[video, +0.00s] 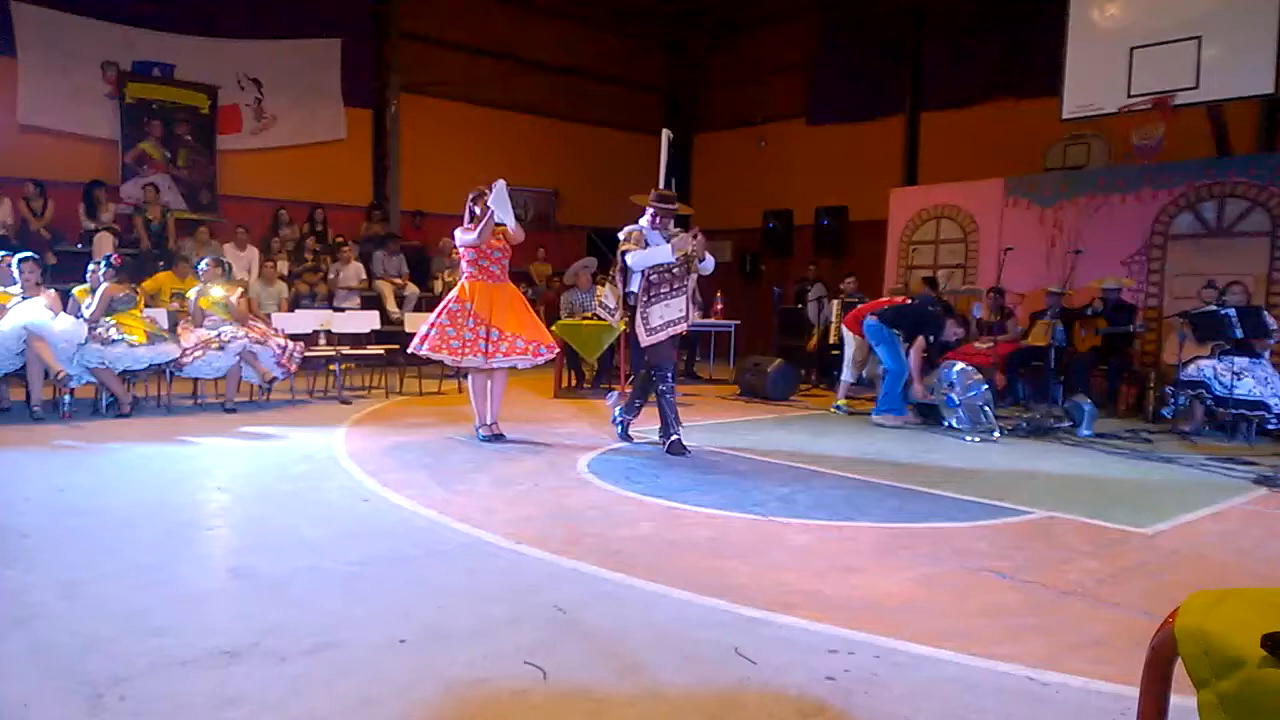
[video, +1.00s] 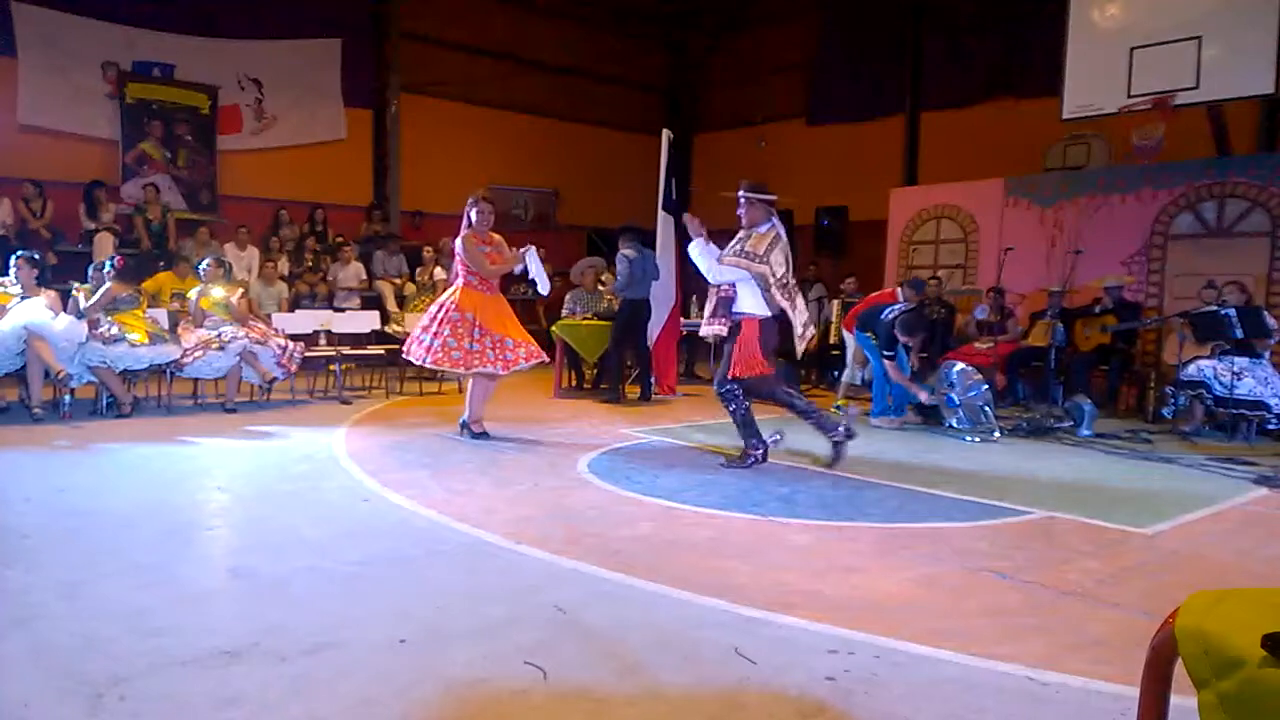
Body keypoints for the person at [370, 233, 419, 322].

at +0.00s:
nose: (397, 246)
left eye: (398, 244)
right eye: (394, 243)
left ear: (399, 244)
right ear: (388, 244)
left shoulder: (400, 255)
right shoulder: (379, 255)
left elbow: (405, 271)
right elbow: (379, 274)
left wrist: (404, 281)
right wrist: (394, 281)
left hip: (398, 278)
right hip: (383, 278)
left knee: (414, 291)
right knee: (387, 291)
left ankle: (405, 314)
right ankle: (395, 314)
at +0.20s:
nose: (397, 246)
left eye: (398, 244)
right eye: (394, 243)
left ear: (399, 244)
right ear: (388, 244)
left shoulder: (400, 255)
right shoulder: (379, 255)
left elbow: (405, 271)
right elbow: (380, 274)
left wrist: (404, 281)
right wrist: (394, 282)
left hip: (398, 278)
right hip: (383, 278)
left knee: (414, 291)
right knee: (387, 291)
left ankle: (406, 314)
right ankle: (395, 314)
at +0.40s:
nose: (397, 246)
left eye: (398, 244)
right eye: (395, 244)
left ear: (399, 244)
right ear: (388, 244)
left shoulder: (400, 255)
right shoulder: (379, 255)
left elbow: (405, 271)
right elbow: (380, 274)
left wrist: (404, 281)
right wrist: (394, 282)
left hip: (398, 278)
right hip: (383, 279)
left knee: (414, 291)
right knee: (387, 291)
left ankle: (406, 314)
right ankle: (395, 314)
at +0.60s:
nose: (397, 246)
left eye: (398, 243)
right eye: (394, 243)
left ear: (399, 244)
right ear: (388, 244)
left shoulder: (400, 255)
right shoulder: (379, 254)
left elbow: (405, 272)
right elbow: (380, 274)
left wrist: (403, 281)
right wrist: (394, 281)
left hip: (398, 278)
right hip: (383, 278)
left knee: (414, 291)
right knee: (387, 290)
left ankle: (406, 314)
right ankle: (395, 314)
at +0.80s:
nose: (397, 246)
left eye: (398, 244)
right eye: (394, 244)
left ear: (399, 244)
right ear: (388, 244)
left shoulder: (400, 256)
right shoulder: (379, 254)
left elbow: (406, 272)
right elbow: (380, 274)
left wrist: (403, 281)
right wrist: (394, 281)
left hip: (398, 278)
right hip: (383, 278)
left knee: (414, 291)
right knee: (387, 290)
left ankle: (405, 314)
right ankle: (395, 314)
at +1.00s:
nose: (397, 246)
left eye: (398, 244)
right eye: (394, 243)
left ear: (399, 244)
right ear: (388, 244)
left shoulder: (400, 255)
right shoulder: (379, 254)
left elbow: (405, 272)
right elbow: (379, 274)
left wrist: (403, 281)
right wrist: (393, 280)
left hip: (397, 278)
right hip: (383, 278)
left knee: (412, 289)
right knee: (387, 289)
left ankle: (407, 313)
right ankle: (394, 313)